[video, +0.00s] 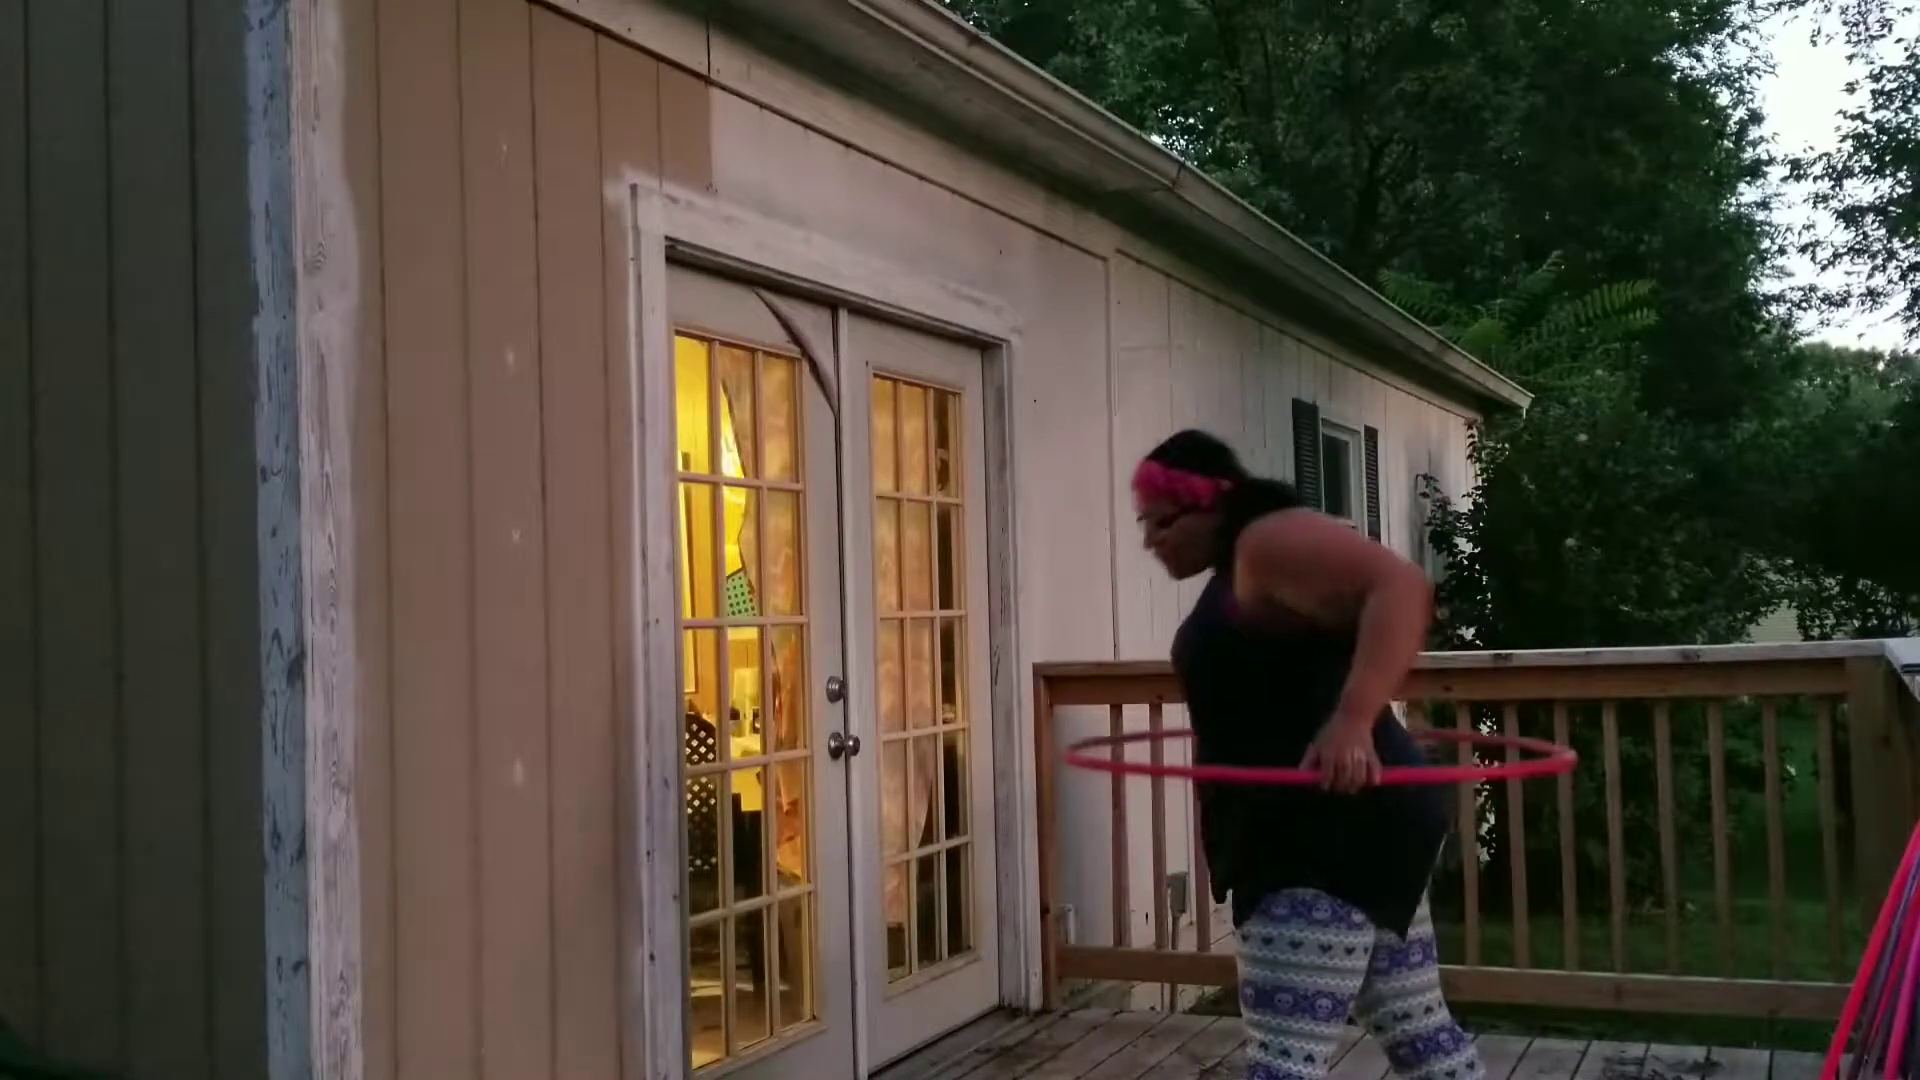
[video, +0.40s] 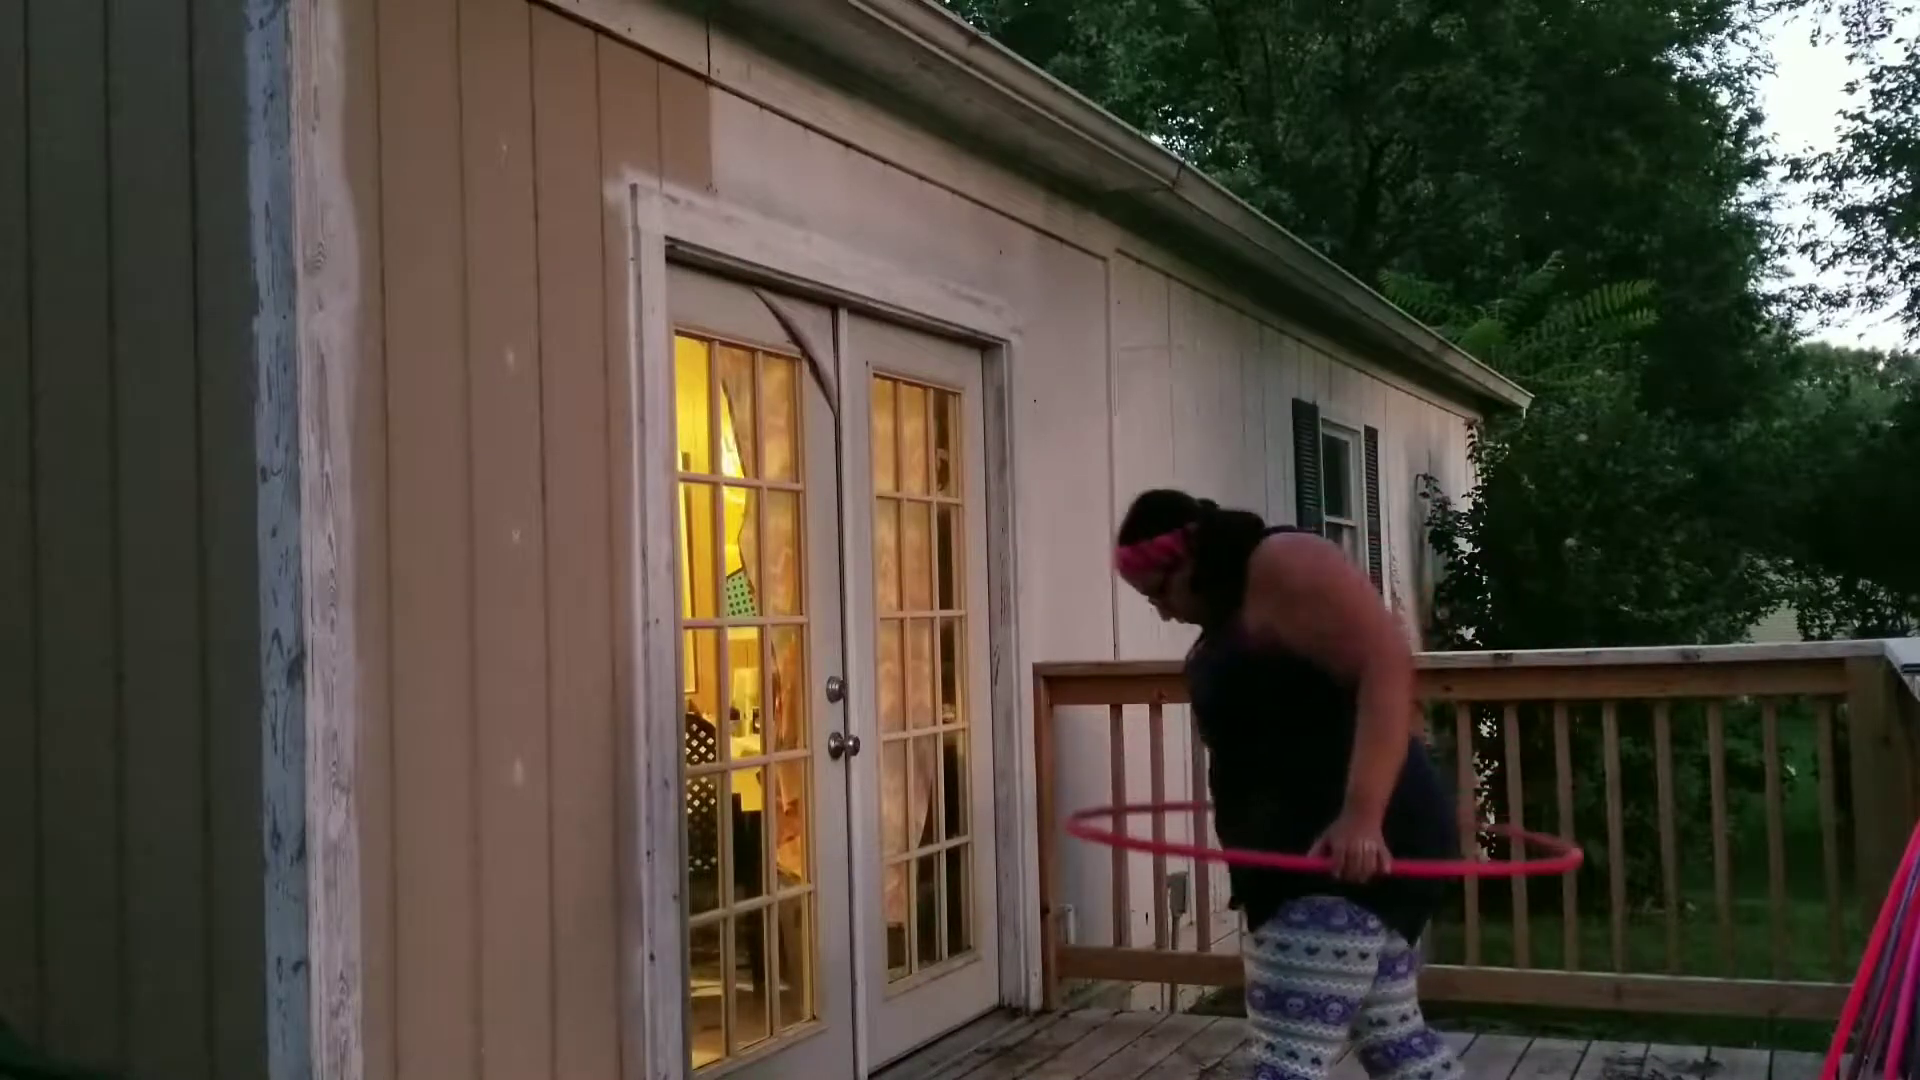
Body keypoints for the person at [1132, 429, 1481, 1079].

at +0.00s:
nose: (1149, 540)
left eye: (1158, 520)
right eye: (1145, 524)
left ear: (1208, 500)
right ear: (1206, 503)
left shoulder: (1268, 539)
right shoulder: (1239, 577)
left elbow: (1401, 585)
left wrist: (1354, 717)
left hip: (1318, 845)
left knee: (1281, 1061)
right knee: (1422, 1039)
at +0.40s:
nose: (1160, 610)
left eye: (1157, 591)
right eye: (1150, 597)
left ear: (1183, 555)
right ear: (1184, 555)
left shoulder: (1281, 560)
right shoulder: (1232, 624)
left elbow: (1389, 657)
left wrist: (1362, 811)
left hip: (1330, 868)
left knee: (1284, 1063)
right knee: (1398, 1047)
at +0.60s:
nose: (1225, 592)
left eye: (1227, 571)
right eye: (1217, 578)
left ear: (1263, 538)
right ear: (1265, 542)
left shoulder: (1356, 565)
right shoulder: (1291, 605)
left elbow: (1375, 715)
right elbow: (1294, 746)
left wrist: (1380, 862)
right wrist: (1275, 878)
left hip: (1344, 883)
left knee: (1296, 1062)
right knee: (1388, 1051)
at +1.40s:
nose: (1195, 500)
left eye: (1212, 482)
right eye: (1198, 484)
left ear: (1268, 489)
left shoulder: (1320, 556)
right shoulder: (1263, 578)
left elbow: (1448, 633)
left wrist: (1396, 771)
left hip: (1323, 867)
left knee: (1282, 1063)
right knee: (1394, 1051)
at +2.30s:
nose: (1293, 495)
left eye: (1309, 478)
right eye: (1292, 479)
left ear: (1365, 482)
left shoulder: (1412, 573)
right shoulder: (1335, 581)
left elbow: (1411, 723)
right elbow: (1312, 734)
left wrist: (1402, 869)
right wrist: (1260, 863)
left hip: (1331, 876)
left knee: (1284, 1063)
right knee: (1389, 1051)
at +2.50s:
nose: (1369, 459)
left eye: (1395, 454)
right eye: (1376, 448)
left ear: (1435, 491)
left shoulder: (1440, 589)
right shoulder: (1367, 581)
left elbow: (1425, 739)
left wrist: (1416, 883)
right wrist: (1269, 860)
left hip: (1338, 877)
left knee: (1285, 1062)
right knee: (1383, 1053)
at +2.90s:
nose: (1393, 451)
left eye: (1418, 451)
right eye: (1404, 444)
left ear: (1451, 495)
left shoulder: (1446, 577)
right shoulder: (1376, 574)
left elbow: (1466, 717)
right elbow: (1344, 713)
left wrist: (1382, 802)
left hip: (1335, 861)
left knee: (1282, 1060)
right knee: (1383, 1052)